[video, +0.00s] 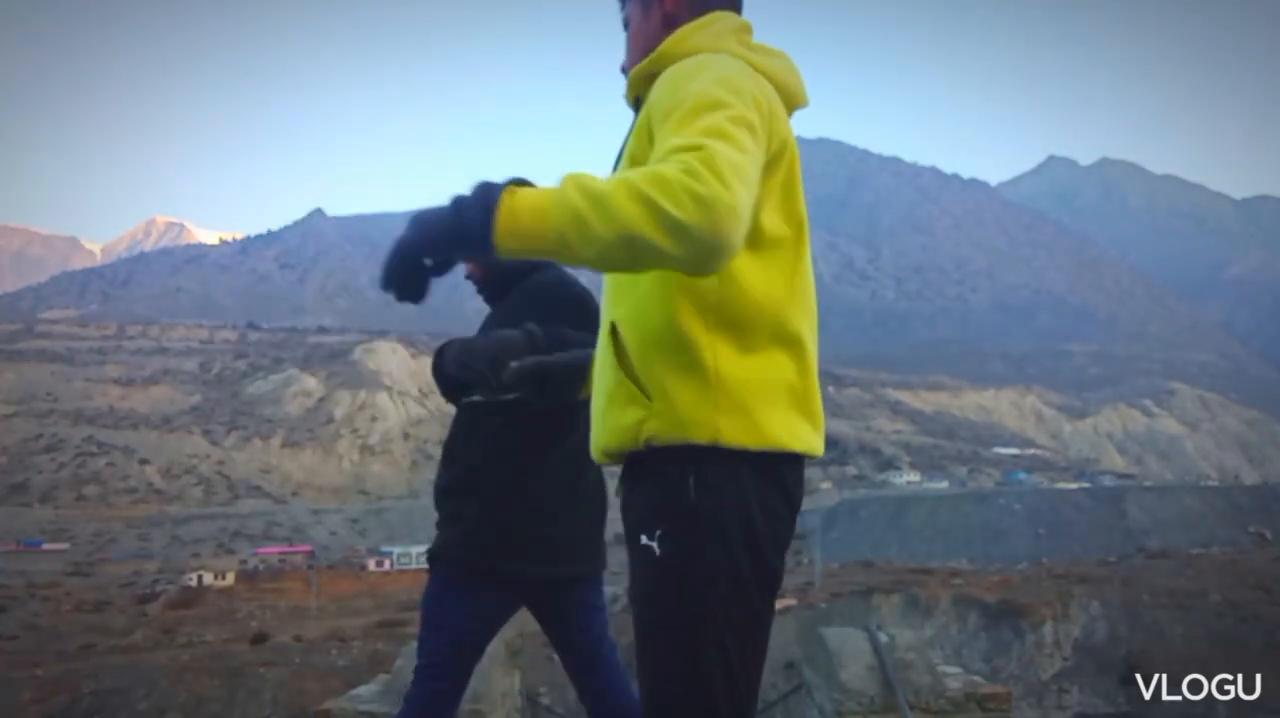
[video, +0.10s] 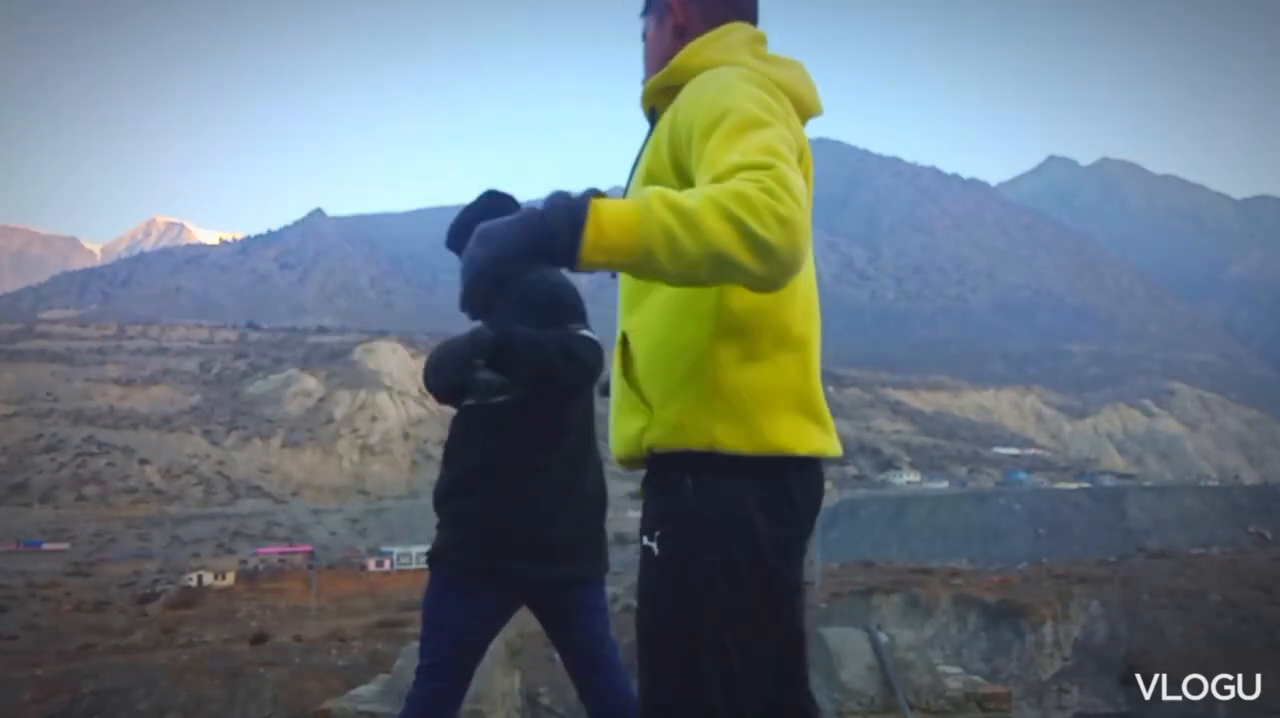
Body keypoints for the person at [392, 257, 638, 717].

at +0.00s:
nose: (467, 271)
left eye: (474, 255)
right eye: (464, 258)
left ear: (508, 245)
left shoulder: (543, 299)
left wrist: (447, 360)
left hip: (489, 538)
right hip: (561, 537)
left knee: (434, 686)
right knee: (604, 684)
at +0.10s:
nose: (465, 265)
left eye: (470, 251)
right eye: (465, 253)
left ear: (494, 249)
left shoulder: (544, 290)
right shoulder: (498, 310)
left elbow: (580, 359)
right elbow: (444, 374)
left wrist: (488, 346)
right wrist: (460, 369)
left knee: (436, 687)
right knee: (604, 683)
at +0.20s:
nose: (461, 273)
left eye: (462, 255)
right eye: (458, 257)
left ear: (484, 245)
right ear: (524, 235)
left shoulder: (519, 291)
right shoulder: (563, 296)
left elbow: (514, 370)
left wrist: (420, 358)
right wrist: (449, 380)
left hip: (488, 539)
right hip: (567, 537)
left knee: (435, 688)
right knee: (609, 687)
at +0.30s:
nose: (449, 260)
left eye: (451, 246)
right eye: (446, 245)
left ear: (471, 244)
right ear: (522, 232)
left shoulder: (486, 295)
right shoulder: (583, 300)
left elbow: (438, 379)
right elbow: (592, 382)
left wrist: (358, 367)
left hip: (480, 540)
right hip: (575, 539)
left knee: (433, 690)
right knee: (611, 692)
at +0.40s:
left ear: (477, 246)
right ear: (542, 241)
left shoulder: (452, 308)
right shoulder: (587, 299)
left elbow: (362, 387)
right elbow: (623, 379)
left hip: (473, 548)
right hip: (570, 545)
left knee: (429, 688)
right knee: (604, 686)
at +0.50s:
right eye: (537, 243)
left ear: (480, 247)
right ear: (541, 245)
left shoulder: (443, 314)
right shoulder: (582, 304)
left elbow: (376, 381)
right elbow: (665, 345)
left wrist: (375, 357)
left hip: (468, 548)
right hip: (562, 548)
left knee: (429, 687)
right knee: (597, 687)